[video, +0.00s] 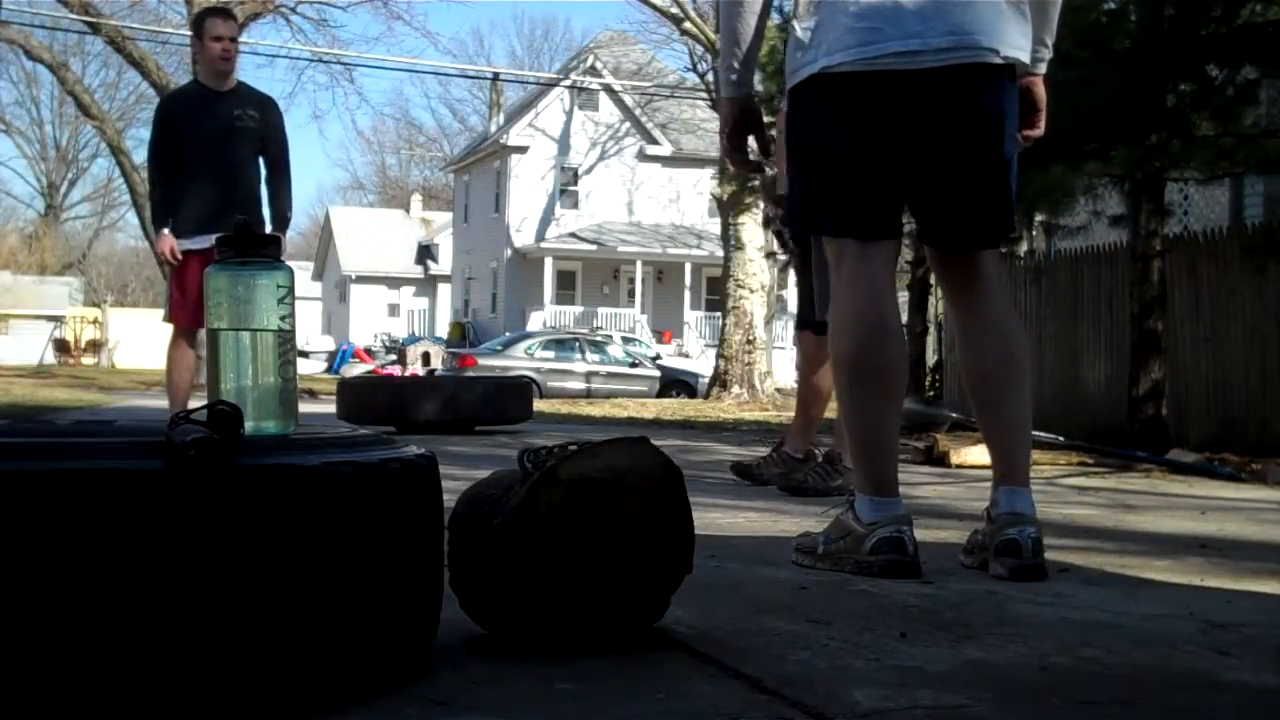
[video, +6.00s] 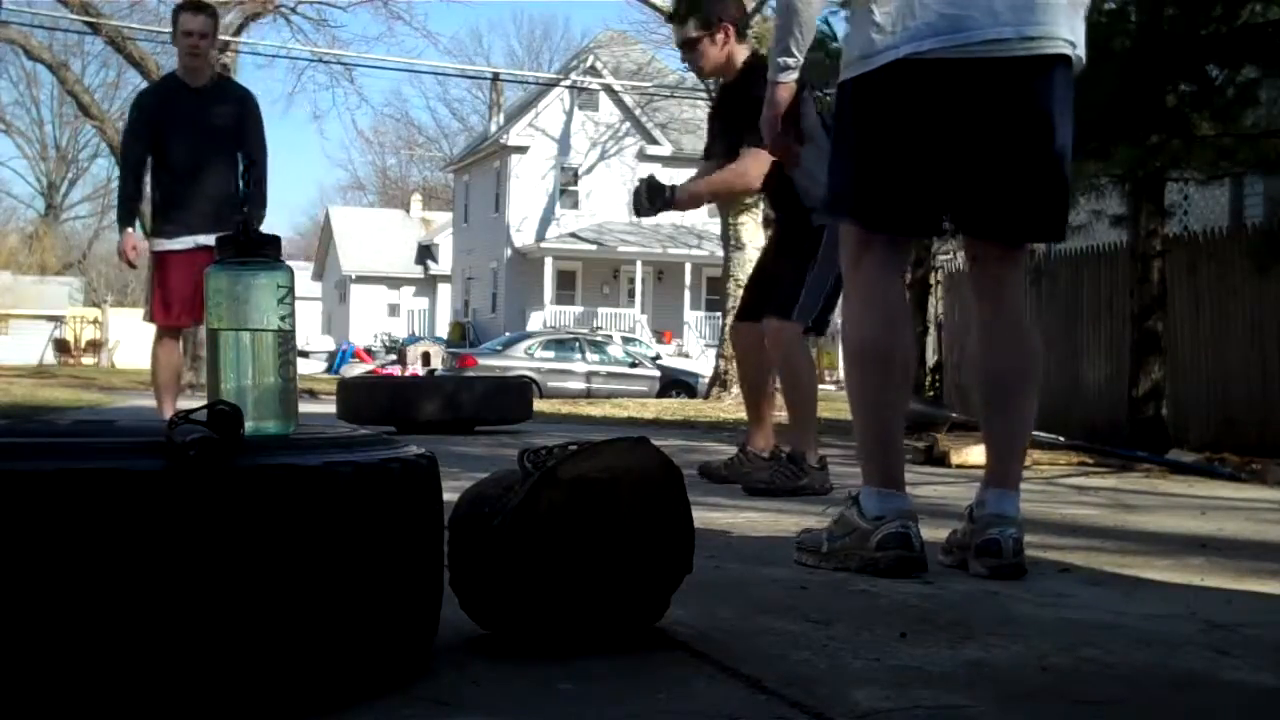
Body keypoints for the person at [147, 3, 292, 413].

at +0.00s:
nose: (228, 48)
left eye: (233, 40)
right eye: (218, 40)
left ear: (239, 46)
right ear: (197, 46)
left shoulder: (262, 106)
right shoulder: (172, 106)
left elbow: (278, 172)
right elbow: (159, 170)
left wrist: (279, 230)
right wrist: (161, 229)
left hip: (246, 237)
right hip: (189, 238)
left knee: (245, 334)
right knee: (186, 332)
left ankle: (242, 424)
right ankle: (178, 422)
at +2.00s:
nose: (239, 50)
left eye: (242, 43)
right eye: (229, 43)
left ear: (246, 47)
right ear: (204, 49)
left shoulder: (265, 110)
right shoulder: (178, 109)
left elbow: (285, 167)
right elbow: (163, 170)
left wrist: (278, 210)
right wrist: (177, 213)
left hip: (252, 238)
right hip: (197, 237)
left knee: (252, 332)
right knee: (189, 329)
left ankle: (249, 423)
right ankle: (178, 420)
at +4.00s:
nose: (231, 48)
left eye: (234, 41)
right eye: (221, 41)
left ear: (238, 44)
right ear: (197, 46)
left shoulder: (260, 107)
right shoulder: (173, 106)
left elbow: (277, 173)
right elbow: (154, 171)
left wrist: (277, 231)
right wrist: (151, 225)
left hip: (244, 239)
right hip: (187, 239)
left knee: (242, 334)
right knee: (184, 331)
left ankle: (240, 426)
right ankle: (179, 424)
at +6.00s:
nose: (195, 42)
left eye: (204, 35)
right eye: (188, 34)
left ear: (215, 40)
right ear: (175, 38)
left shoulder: (240, 99)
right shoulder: (151, 100)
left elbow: (257, 164)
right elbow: (131, 166)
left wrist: (251, 225)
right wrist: (127, 226)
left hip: (229, 231)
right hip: (173, 233)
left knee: (232, 329)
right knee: (170, 328)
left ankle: (232, 421)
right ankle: (170, 421)